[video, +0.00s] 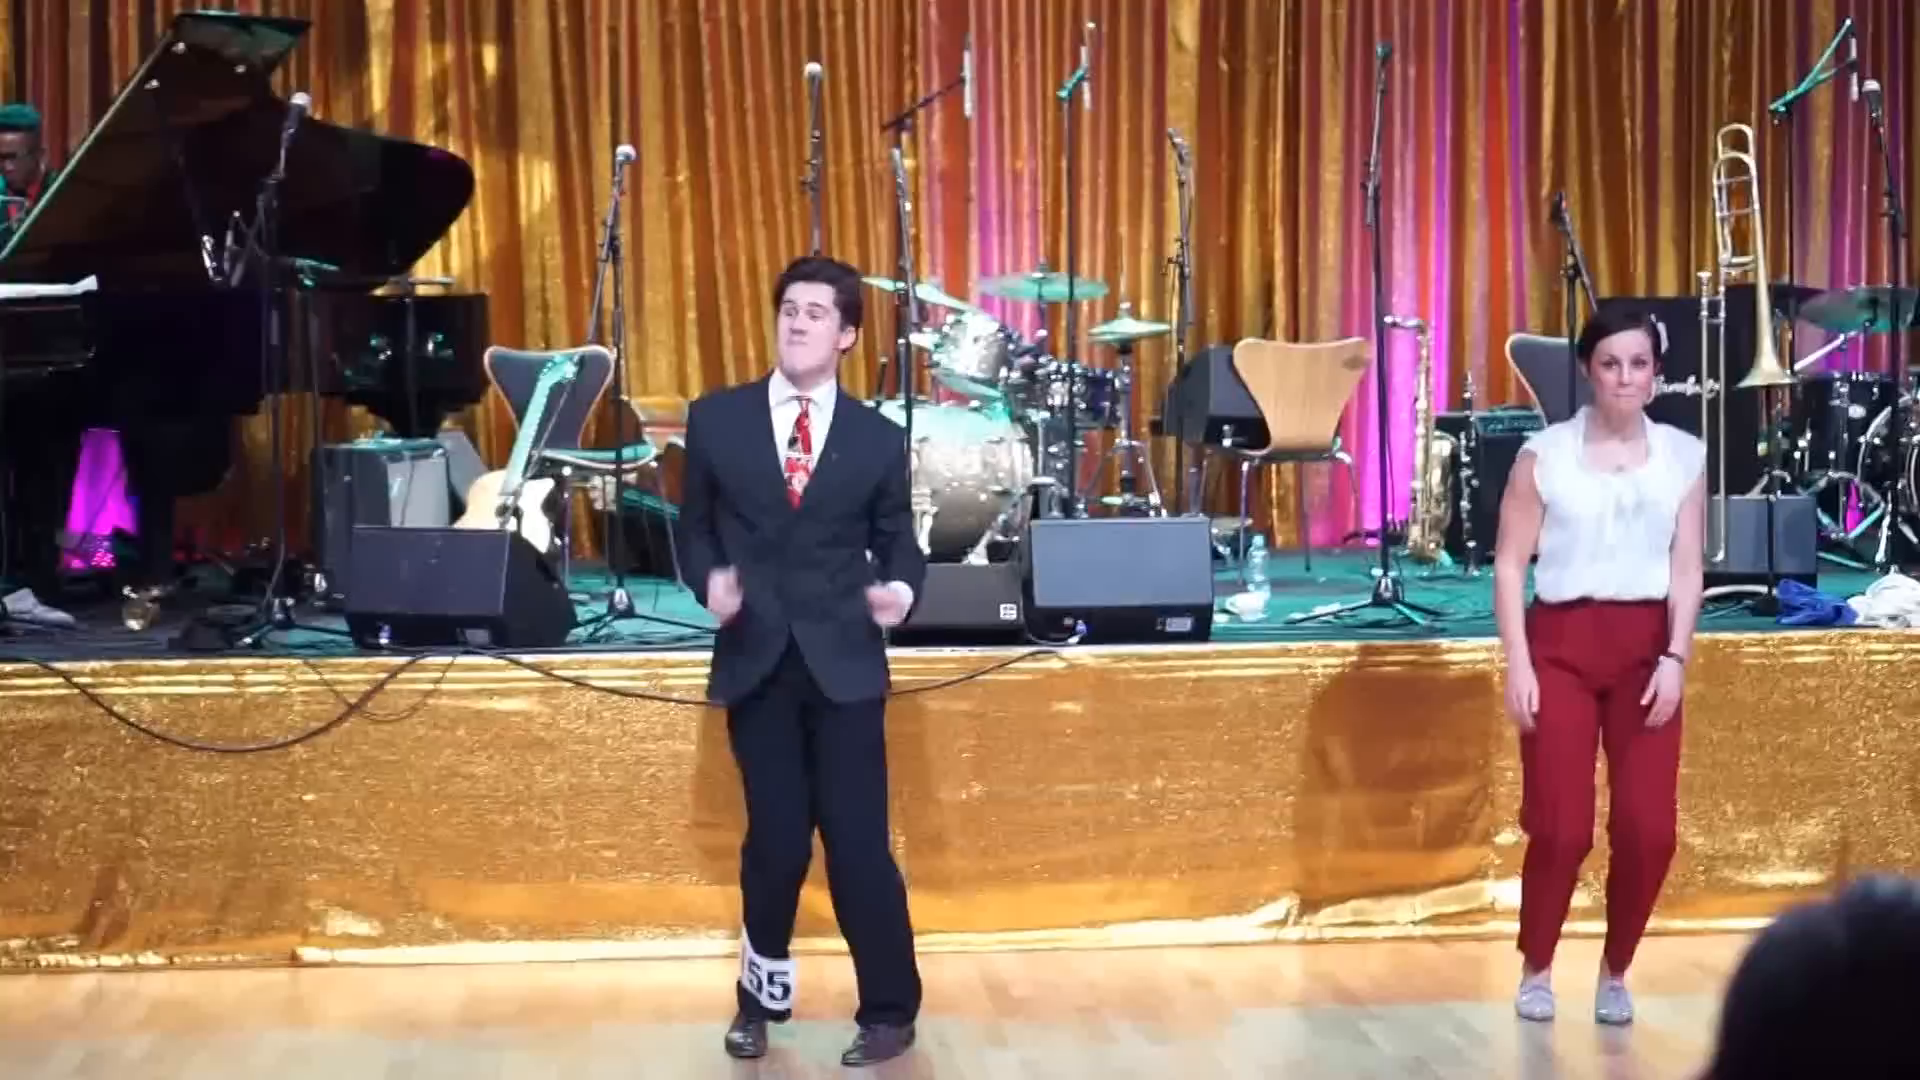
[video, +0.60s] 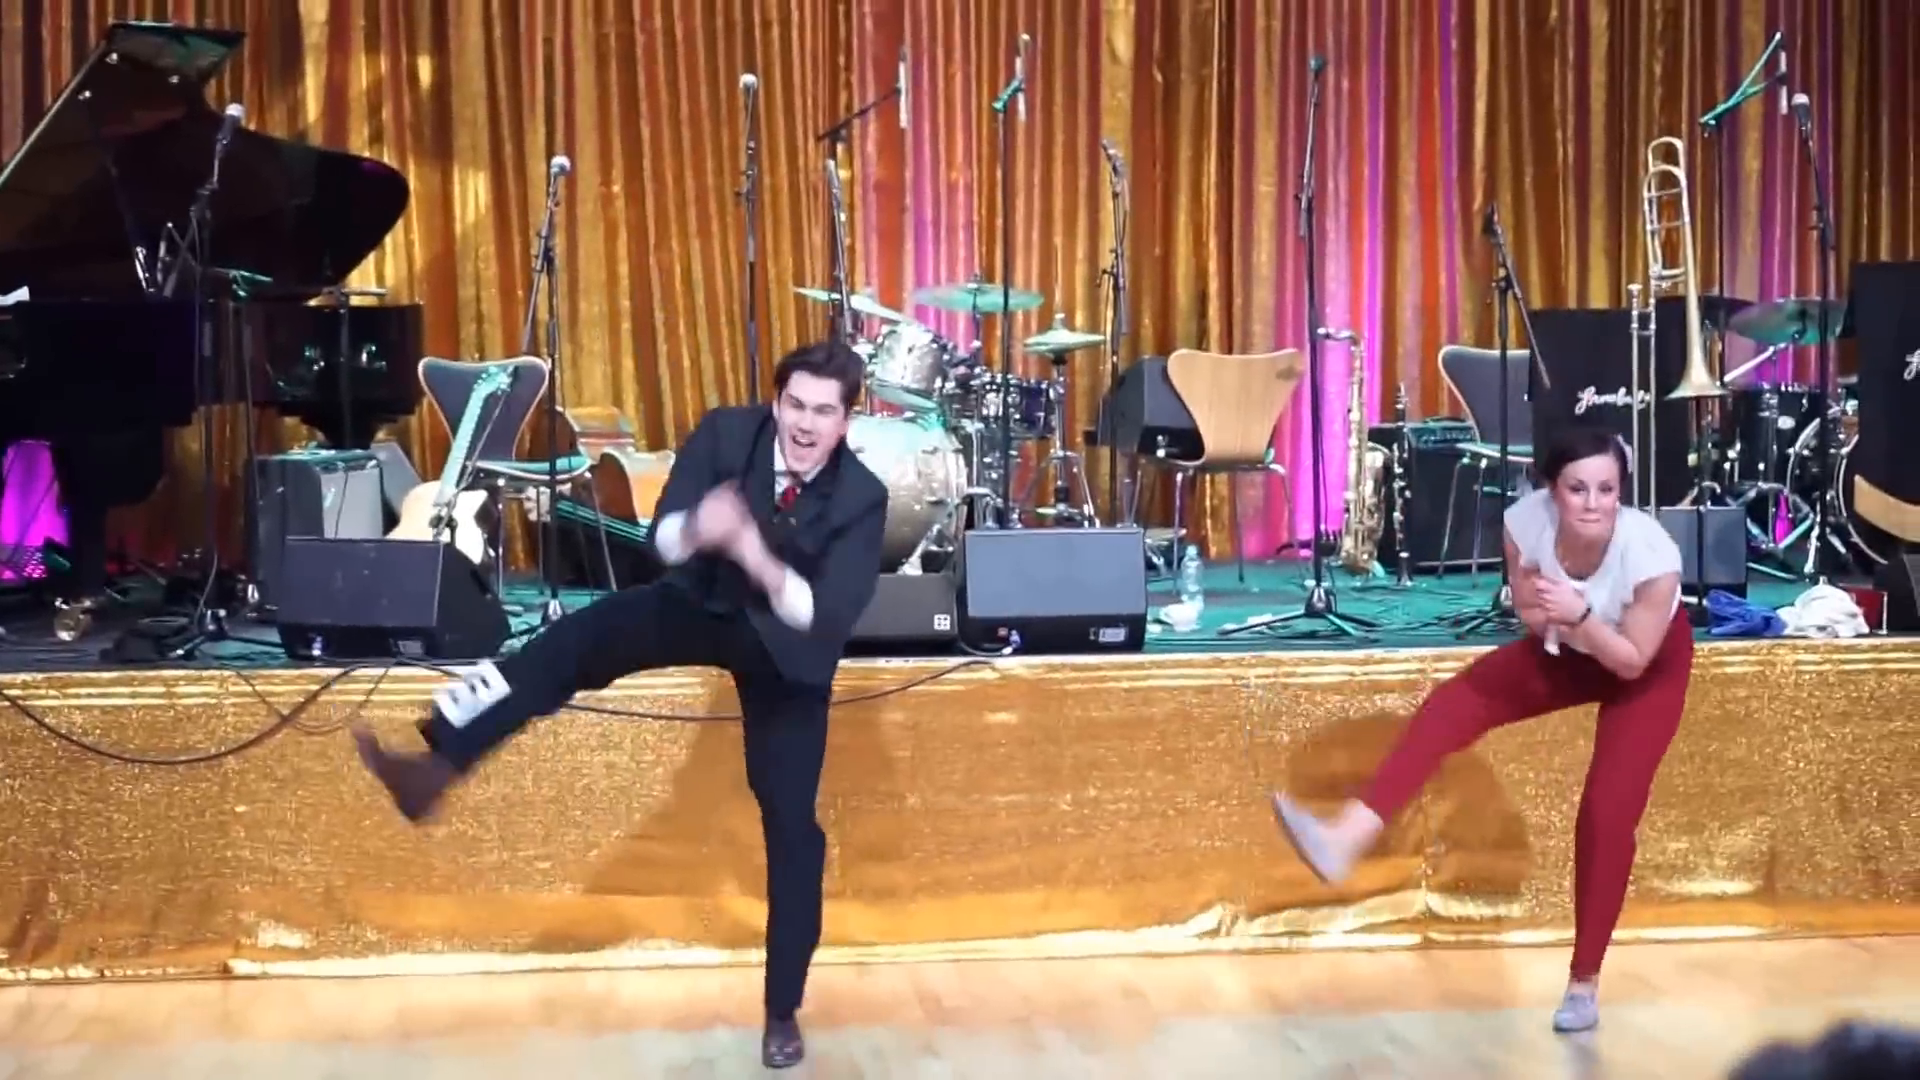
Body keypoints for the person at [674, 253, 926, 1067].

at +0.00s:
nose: (798, 325)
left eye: (816, 315)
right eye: (789, 310)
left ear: (847, 335)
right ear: (773, 323)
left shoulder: (879, 436)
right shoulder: (717, 416)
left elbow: (897, 535)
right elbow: (694, 527)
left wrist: (901, 584)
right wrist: (710, 577)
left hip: (847, 650)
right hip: (757, 648)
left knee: (858, 839)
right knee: (777, 833)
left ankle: (888, 1013)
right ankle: (759, 996)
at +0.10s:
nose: (788, 328)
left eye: (807, 316)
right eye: (781, 312)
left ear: (841, 335)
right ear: (767, 324)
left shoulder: (871, 438)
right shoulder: (712, 413)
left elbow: (909, 562)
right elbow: (672, 544)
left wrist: (876, 580)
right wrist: (701, 544)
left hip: (835, 660)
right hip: (746, 658)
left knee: (855, 840)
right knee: (765, 836)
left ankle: (875, 1013)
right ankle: (746, 1004)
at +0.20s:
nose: (786, 307)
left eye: (805, 295)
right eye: (783, 291)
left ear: (848, 314)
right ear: (774, 301)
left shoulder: (873, 405)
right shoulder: (724, 373)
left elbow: (932, 515)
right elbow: (633, 463)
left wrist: (845, 494)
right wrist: (689, 419)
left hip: (822, 632)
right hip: (726, 625)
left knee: (855, 823)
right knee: (711, 814)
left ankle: (858, 1009)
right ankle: (719, 994)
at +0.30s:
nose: (790, 295)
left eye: (809, 285)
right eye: (787, 280)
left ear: (852, 302)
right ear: (778, 286)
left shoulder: (882, 372)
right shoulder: (747, 333)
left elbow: (946, 455)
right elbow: (641, 361)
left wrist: (863, 389)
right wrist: (666, 318)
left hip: (802, 588)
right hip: (706, 570)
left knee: (824, 780)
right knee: (632, 724)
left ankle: (858, 968)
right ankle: (652, 896)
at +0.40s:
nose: (787, 328)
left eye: (805, 318)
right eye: (784, 313)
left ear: (847, 335)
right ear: (775, 314)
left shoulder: (868, 391)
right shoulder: (753, 353)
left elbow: (885, 475)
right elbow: (666, 372)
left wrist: (875, 367)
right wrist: (674, 302)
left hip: (793, 596)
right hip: (704, 567)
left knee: (804, 784)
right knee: (582, 636)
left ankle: (846, 982)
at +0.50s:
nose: (781, 391)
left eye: (800, 383)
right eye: (778, 374)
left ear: (844, 392)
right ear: (770, 367)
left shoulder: (865, 460)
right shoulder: (752, 411)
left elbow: (828, 522)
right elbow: (682, 455)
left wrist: (783, 443)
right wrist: (743, 407)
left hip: (792, 647)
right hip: (706, 609)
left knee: (794, 822)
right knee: (563, 661)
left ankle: (822, 1017)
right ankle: (397, 694)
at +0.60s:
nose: (806, 423)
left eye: (825, 411)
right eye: (797, 405)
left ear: (850, 417)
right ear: (778, 399)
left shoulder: (862, 498)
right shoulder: (726, 434)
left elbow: (828, 617)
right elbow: (665, 541)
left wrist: (758, 558)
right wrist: (700, 526)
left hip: (786, 654)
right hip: (697, 608)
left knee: (792, 823)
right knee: (572, 643)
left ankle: (783, 1010)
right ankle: (434, 770)